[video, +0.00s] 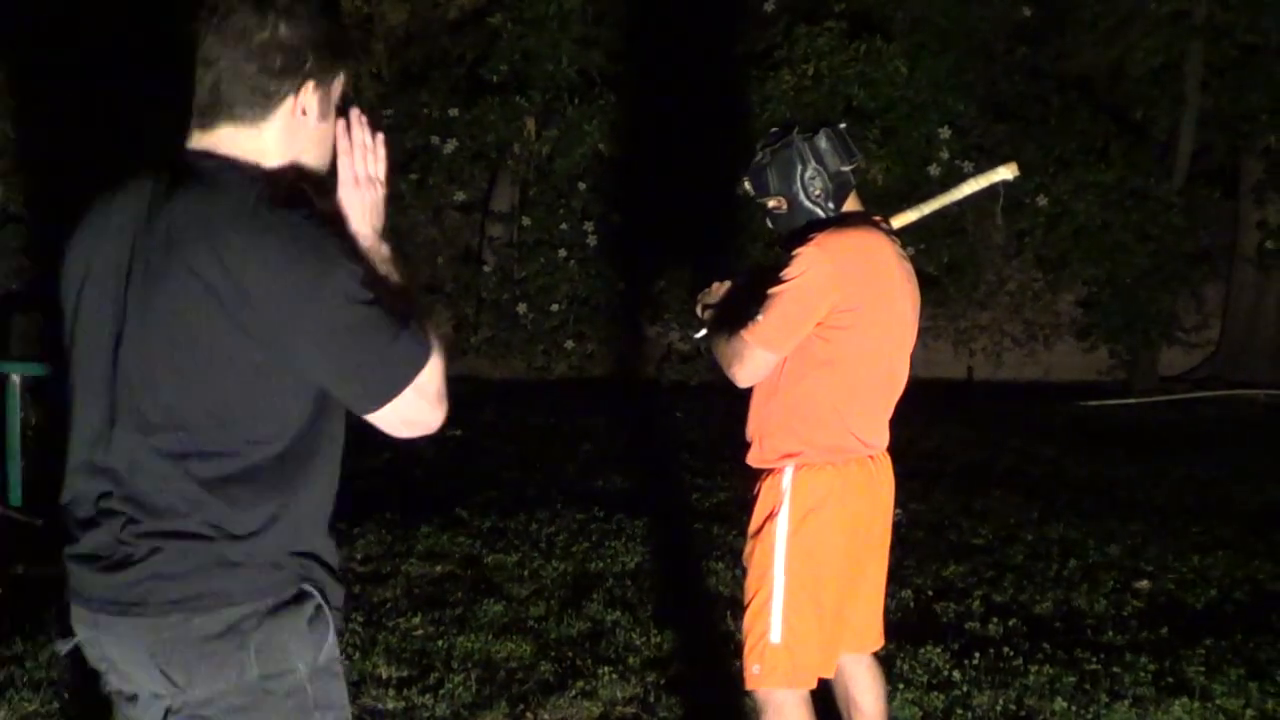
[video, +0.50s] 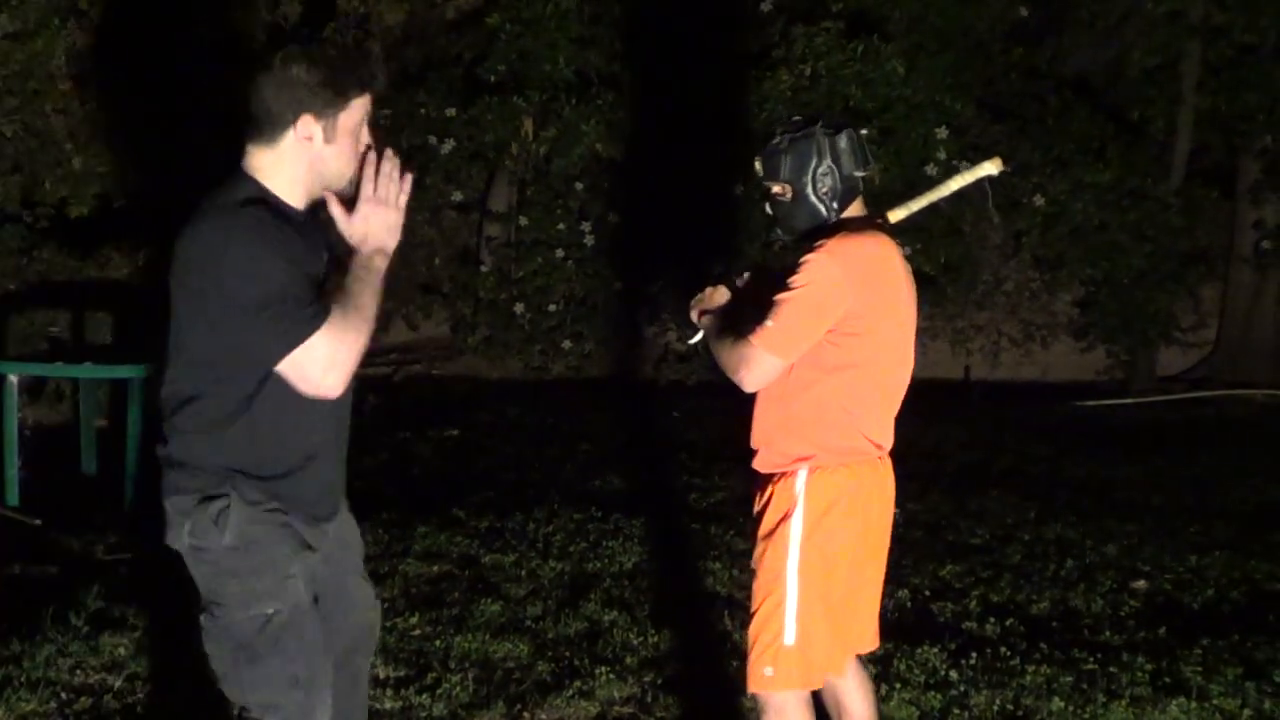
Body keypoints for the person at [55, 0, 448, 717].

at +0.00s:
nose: (337, 125)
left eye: (339, 104)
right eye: (336, 103)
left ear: (211, 87)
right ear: (303, 103)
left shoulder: (106, 225)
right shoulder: (283, 248)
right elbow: (419, 407)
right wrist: (372, 243)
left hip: (111, 612)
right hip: (242, 628)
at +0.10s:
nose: (337, 133)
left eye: (339, 114)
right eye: (334, 113)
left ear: (221, 107)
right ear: (294, 115)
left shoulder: (147, 222)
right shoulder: (252, 256)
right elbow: (394, 391)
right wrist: (375, 246)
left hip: (140, 565)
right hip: (230, 588)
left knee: (203, 710)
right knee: (310, 707)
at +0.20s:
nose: (342, 98)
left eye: (344, 78)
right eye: (337, 77)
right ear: (295, 74)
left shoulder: (193, 181)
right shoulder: (246, 198)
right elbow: (358, 344)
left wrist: (351, 208)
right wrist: (371, 212)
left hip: (173, 503)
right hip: (230, 518)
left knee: (222, 696)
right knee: (329, 704)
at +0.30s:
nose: (355, 76)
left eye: (355, 57)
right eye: (348, 56)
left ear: (291, 54)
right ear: (302, 55)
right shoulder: (244, 168)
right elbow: (354, 312)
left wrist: (362, 192)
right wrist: (375, 193)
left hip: (263, 477)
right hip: (232, 487)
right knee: (284, 702)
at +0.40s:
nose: (362, 115)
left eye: (363, 95)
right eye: (356, 94)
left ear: (305, 92)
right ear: (311, 91)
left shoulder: (279, 189)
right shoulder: (247, 197)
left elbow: (345, 319)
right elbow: (357, 333)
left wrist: (371, 216)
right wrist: (378, 217)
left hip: (295, 498)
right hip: (234, 506)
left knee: (337, 625)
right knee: (267, 696)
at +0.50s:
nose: (367, 145)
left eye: (367, 126)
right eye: (358, 126)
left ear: (310, 132)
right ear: (310, 132)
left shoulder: (305, 225)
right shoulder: (233, 238)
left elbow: (328, 343)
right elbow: (324, 370)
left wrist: (367, 242)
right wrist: (371, 258)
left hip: (312, 502)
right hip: (234, 513)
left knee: (351, 638)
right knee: (288, 692)